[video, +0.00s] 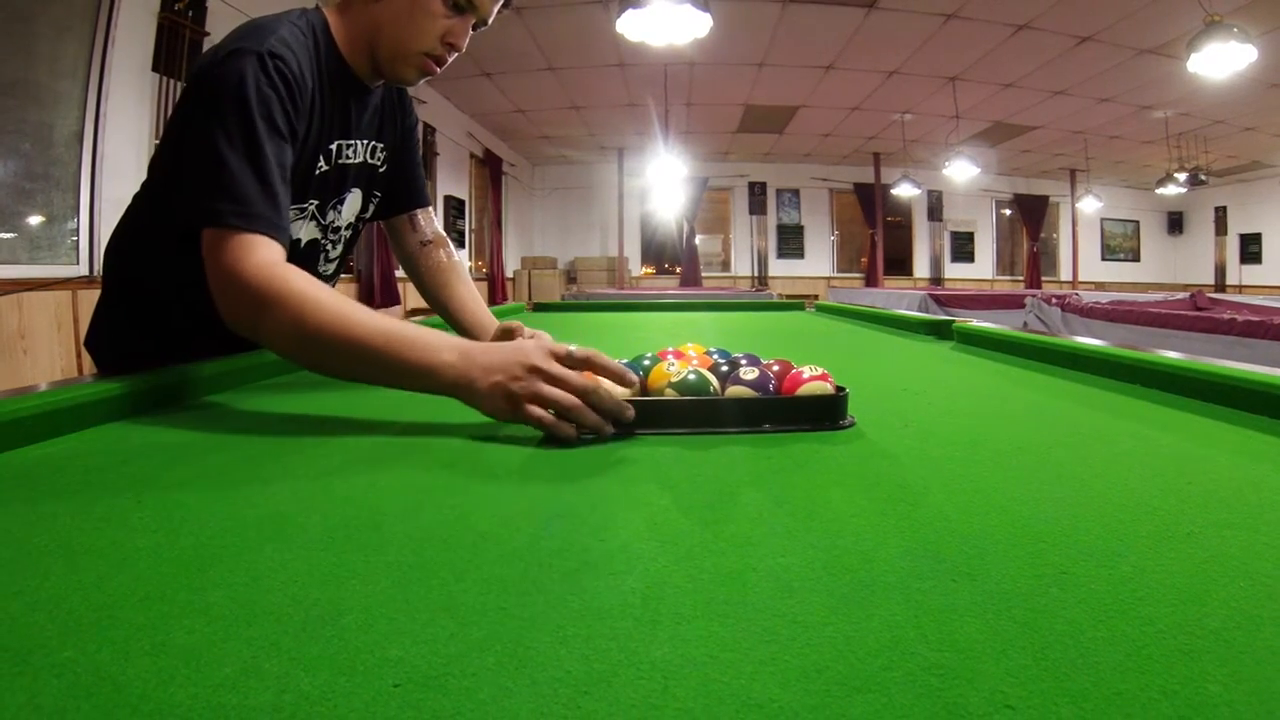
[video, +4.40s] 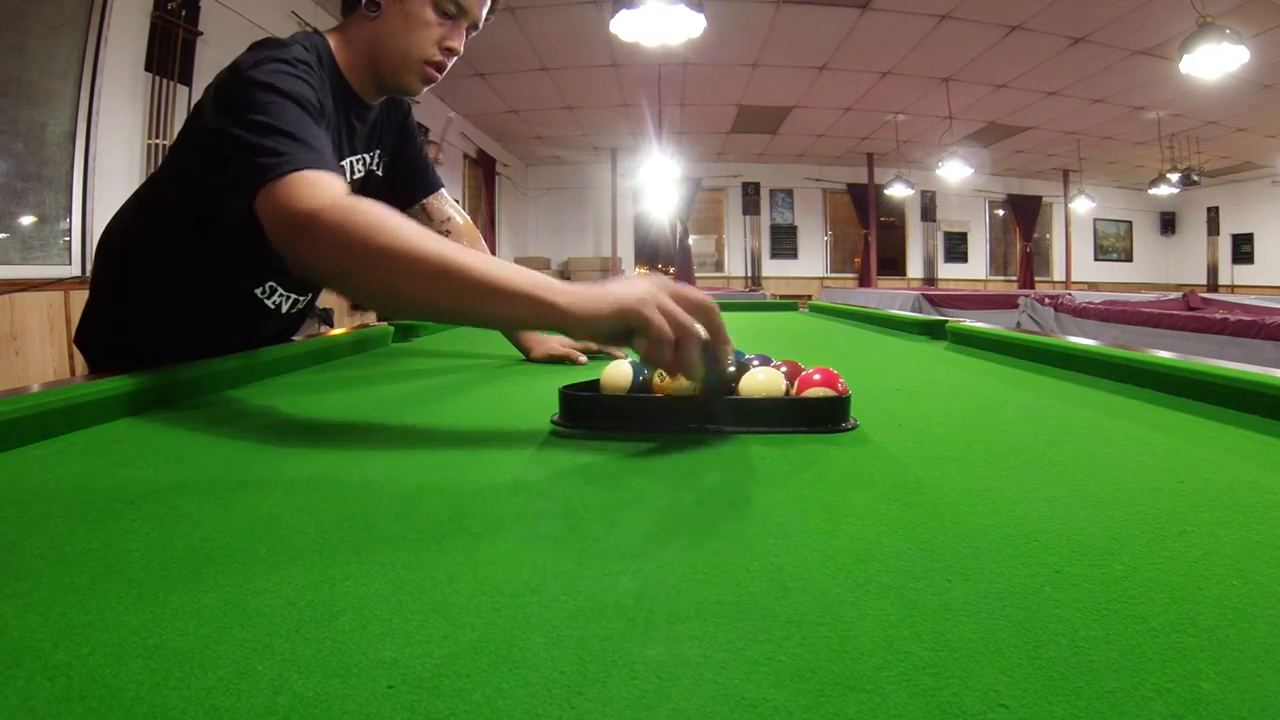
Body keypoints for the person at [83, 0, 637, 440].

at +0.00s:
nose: (462, 43)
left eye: (475, 29)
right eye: (458, 11)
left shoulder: (388, 98)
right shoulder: (262, 63)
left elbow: (423, 241)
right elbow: (248, 281)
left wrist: (491, 336)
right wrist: (465, 368)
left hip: (269, 351)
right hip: (159, 359)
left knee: (250, 550)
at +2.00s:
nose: (449, 29)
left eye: (457, 13)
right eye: (437, 3)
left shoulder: (384, 98)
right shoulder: (255, 66)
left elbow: (445, 223)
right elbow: (276, 264)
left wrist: (527, 334)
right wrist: (467, 384)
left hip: (271, 345)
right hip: (160, 350)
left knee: (253, 533)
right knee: (147, 543)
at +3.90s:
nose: (450, 35)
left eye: (458, 21)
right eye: (438, 6)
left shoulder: (386, 110)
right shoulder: (259, 81)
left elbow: (447, 225)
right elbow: (283, 266)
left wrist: (517, 329)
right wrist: (496, 347)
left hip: (258, 333)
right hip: (150, 334)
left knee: (243, 513)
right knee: (141, 522)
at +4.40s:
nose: (457, 48)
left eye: (467, 33)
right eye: (446, 17)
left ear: (449, 41)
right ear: (376, 1)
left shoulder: (387, 112)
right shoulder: (280, 76)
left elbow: (449, 227)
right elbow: (312, 232)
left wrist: (523, 330)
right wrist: (569, 301)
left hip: (255, 337)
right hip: (149, 338)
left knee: (238, 524)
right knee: (133, 534)